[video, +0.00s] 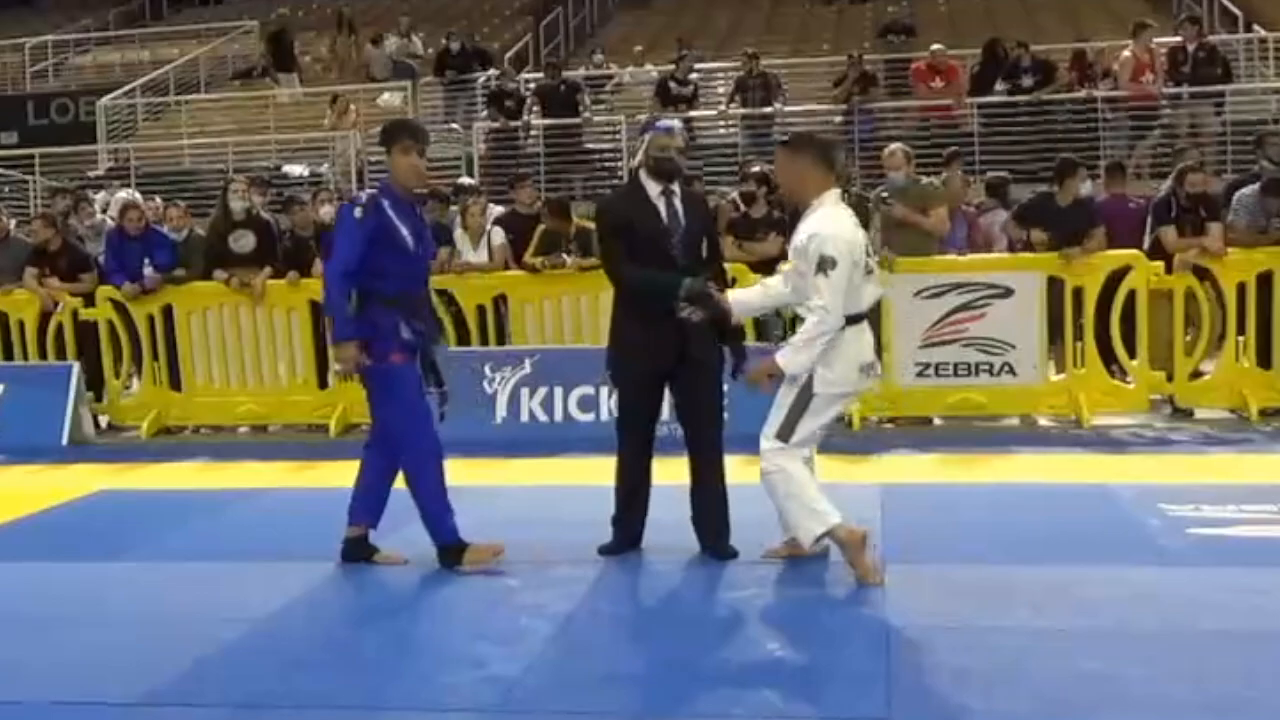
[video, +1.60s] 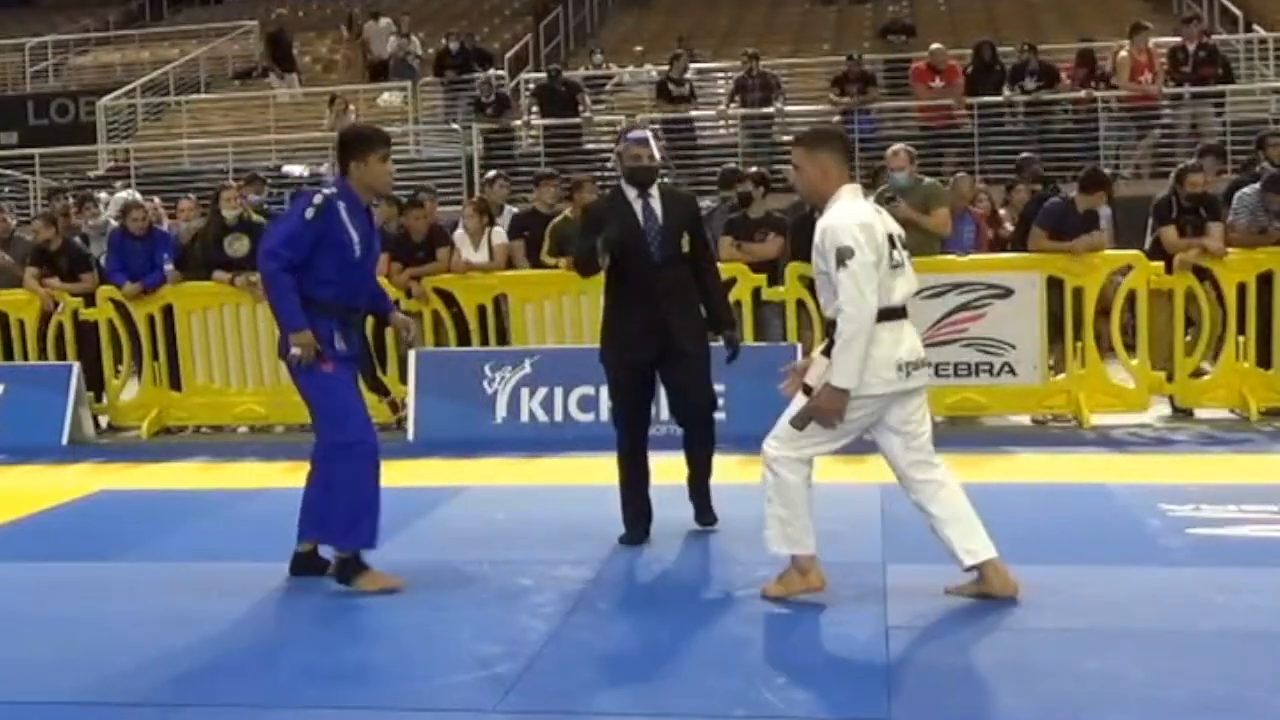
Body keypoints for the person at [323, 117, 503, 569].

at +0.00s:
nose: (421, 164)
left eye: (423, 155)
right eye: (412, 155)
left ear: (421, 159)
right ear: (391, 157)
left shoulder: (412, 213)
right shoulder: (364, 211)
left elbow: (412, 280)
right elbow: (338, 273)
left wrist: (426, 338)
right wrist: (343, 337)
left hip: (409, 336)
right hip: (382, 338)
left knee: (388, 439)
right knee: (419, 440)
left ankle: (356, 536)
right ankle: (450, 546)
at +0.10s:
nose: (409, 162)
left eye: (410, 152)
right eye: (400, 152)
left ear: (404, 157)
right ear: (375, 155)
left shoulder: (400, 210)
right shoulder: (348, 206)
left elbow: (405, 282)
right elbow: (326, 272)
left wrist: (413, 349)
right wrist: (328, 336)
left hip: (398, 330)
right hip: (368, 331)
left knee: (376, 433)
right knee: (398, 432)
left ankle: (354, 533)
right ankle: (405, 543)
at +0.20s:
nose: (399, 159)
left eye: (401, 150)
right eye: (389, 150)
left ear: (398, 156)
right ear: (366, 153)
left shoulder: (391, 208)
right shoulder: (339, 204)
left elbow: (393, 275)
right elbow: (316, 270)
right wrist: (313, 334)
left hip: (389, 323)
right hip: (356, 323)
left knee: (377, 434)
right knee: (369, 434)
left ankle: (361, 539)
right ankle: (353, 543)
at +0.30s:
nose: (386, 158)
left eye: (390, 149)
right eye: (376, 148)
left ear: (391, 155)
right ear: (354, 153)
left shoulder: (384, 209)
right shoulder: (328, 205)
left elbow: (385, 273)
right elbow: (306, 270)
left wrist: (395, 325)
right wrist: (304, 334)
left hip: (383, 326)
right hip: (346, 327)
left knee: (376, 438)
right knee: (346, 436)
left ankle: (355, 539)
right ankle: (305, 540)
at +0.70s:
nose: (355, 165)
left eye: (356, 156)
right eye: (346, 155)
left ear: (343, 161)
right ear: (316, 158)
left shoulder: (343, 222)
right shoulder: (277, 210)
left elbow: (354, 279)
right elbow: (239, 269)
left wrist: (364, 323)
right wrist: (269, 316)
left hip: (341, 351)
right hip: (295, 352)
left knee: (352, 443)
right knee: (275, 452)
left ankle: (354, 542)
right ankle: (251, 558)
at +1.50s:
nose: (376, 169)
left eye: (375, 160)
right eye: (370, 160)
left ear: (350, 163)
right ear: (342, 162)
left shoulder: (351, 214)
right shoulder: (301, 206)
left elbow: (355, 273)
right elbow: (261, 268)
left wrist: (381, 313)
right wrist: (287, 332)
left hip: (340, 338)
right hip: (308, 340)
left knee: (340, 441)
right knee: (342, 441)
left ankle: (311, 545)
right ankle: (301, 543)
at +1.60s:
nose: (391, 171)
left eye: (390, 162)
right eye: (384, 162)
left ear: (365, 166)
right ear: (358, 165)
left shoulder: (363, 215)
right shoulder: (320, 203)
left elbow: (359, 279)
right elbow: (272, 258)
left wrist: (392, 312)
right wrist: (295, 326)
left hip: (343, 338)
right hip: (314, 338)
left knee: (335, 441)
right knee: (356, 438)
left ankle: (307, 549)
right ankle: (348, 559)